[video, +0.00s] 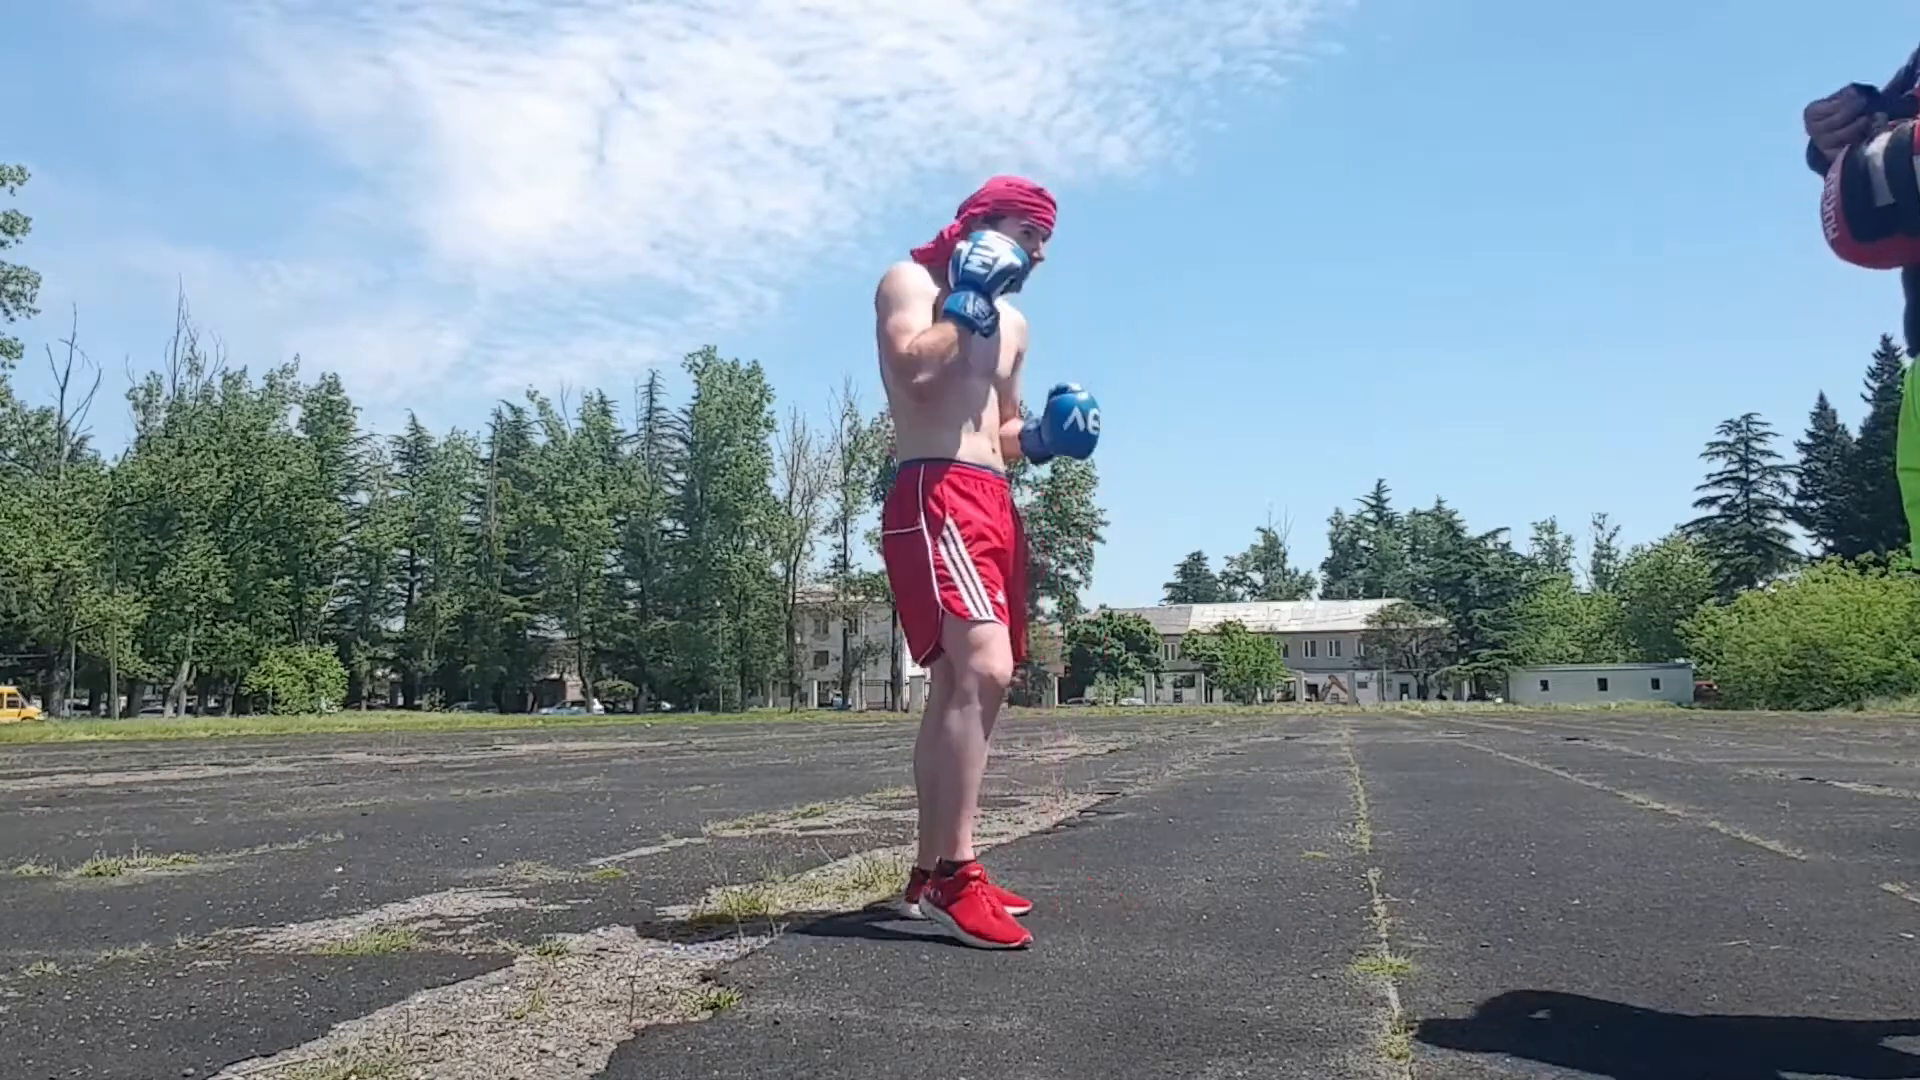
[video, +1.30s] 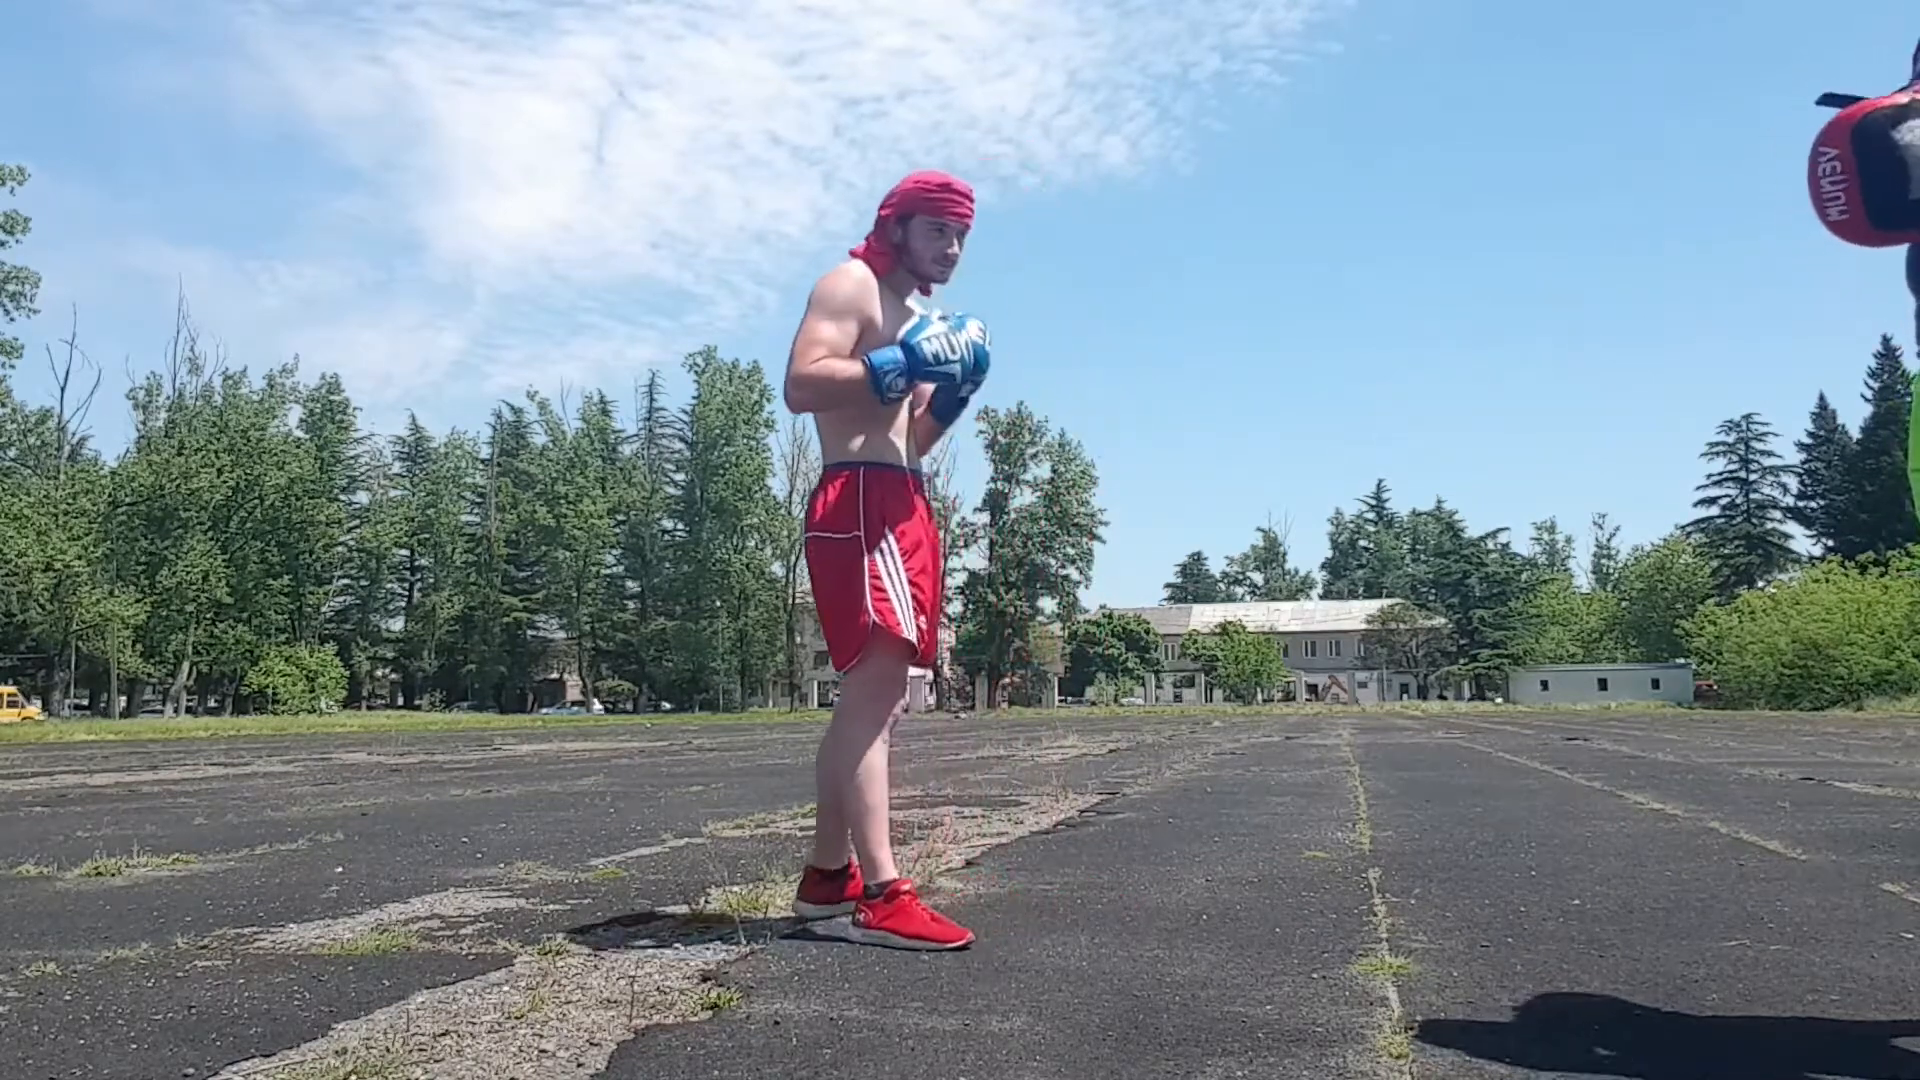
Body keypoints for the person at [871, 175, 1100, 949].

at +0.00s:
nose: (1024, 256)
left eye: (1034, 249)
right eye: (1018, 239)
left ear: (1032, 258)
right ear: (975, 226)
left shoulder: (1012, 325)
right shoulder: (908, 282)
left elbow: (1002, 436)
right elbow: (913, 365)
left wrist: (1045, 435)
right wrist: (970, 306)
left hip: (992, 503)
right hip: (935, 493)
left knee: (960, 687)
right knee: (989, 670)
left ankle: (936, 872)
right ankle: (954, 871)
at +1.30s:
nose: (949, 251)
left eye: (959, 240)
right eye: (938, 233)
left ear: (956, 247)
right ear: (894, 226)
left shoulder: (911, 315)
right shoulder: (851, 282)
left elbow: (908, 445)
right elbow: (801, 385)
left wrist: (951, 400)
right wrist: (896, 367)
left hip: (901, 504)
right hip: (861, 499)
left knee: (877, 694)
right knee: (874, 690)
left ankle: (828, 876)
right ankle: (881, 890)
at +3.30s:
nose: (917, 263)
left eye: (924, 252)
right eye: (905, 247)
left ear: (918, 262)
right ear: (859, 246)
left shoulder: (879, 338)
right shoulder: (806, 323)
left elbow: (892, 452)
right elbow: (824, 431)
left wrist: (934, 393)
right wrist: (889, 384)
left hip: (857, 516)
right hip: (807, 514)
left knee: (880, 698)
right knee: (843, 697)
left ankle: (795, 850)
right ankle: (839, 887)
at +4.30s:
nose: (960, 294)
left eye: (962, 283)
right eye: (947, 281)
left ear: (945, 292)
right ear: (905, 284)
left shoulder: (933, 368)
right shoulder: (863, 340)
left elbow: (950, 463)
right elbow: (878, 429)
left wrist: (980, 389)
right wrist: (969, 419)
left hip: (895, 536)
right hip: (851, 532)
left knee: (912, 697)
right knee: (937, 667)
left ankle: (850, 859)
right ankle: (878, 841)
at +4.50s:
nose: (990, 276)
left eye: (992, 265)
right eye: (979, 261)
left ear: (964, 270)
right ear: (937, 258)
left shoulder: (926, 351)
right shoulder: (909, 296)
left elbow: (931, 456)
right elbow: (900, 341)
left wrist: (984, 386)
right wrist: (976, 311)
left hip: (867, 519)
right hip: (872, 511)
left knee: (884, 697)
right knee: (934, 667)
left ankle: (859, 852)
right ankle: (865, 845)